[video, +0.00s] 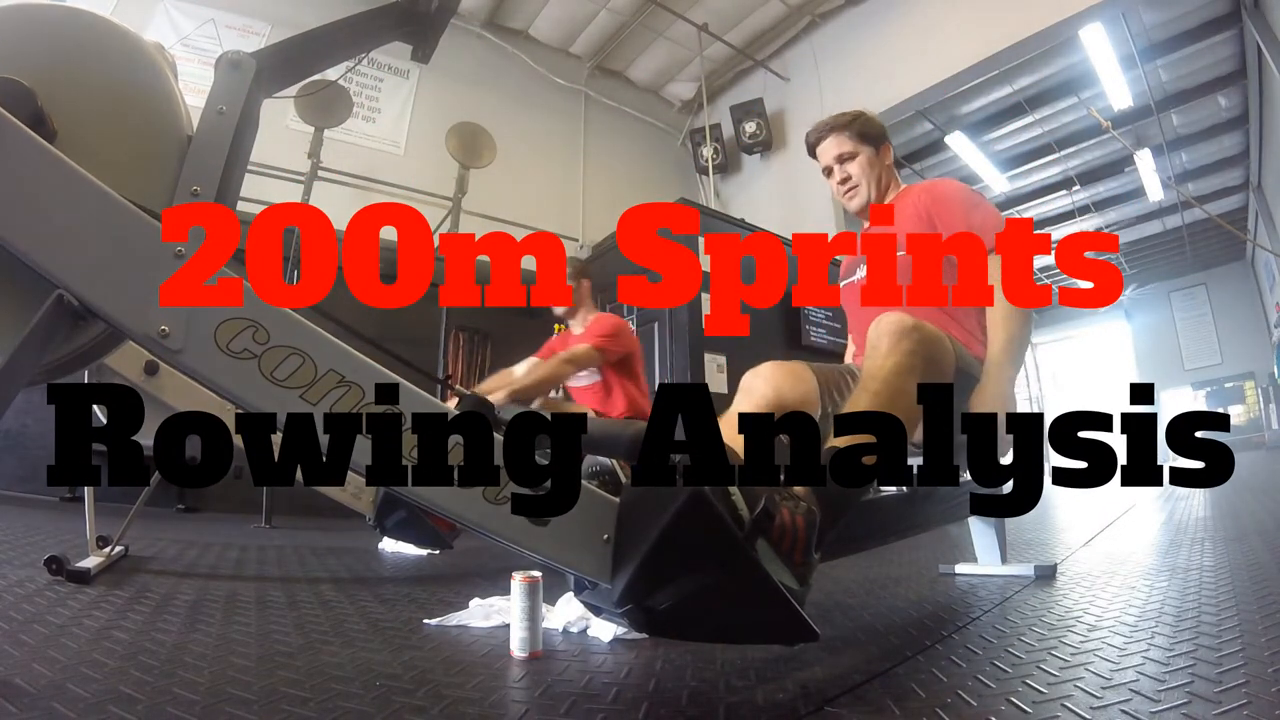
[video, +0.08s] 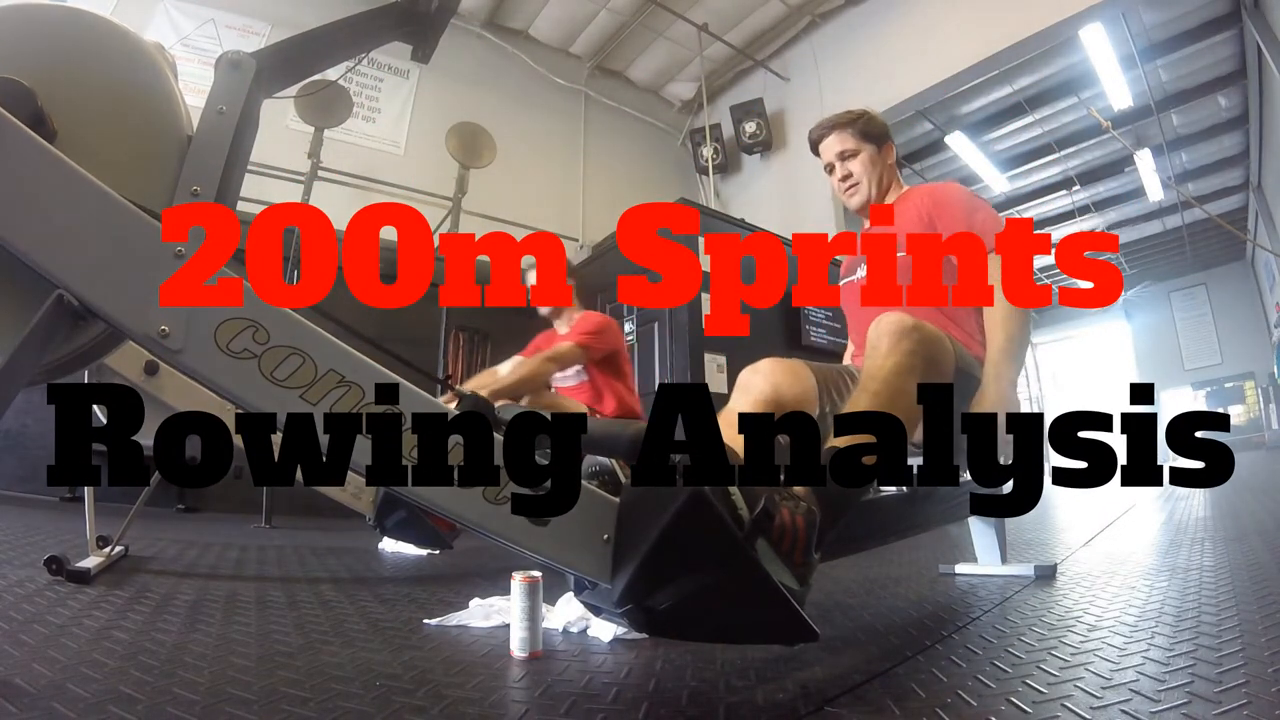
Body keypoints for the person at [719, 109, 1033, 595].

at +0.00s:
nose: (838, 176)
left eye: (847, 159)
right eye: (828, 172)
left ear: (884, 154)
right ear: (828, 182)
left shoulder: (937, 196)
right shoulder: (853, 260)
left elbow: (1013, 268)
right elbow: (855, 350)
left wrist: (995, 390)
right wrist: (842, 388)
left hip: (961, 382)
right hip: (875, 387)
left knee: (896, 330)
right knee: (766, 381)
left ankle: (809, 509)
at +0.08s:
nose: (840, 173)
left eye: (848, 157)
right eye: (830, 169)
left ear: (887, 153)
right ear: (830, 181)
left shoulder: (938, 199)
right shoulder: (853, 253)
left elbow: (1009, 277)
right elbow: (859, 339)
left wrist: (997, 391)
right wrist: (848, 365)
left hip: (958, 380)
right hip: (869, 384)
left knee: (895, 330)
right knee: (762, 379)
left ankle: (810, 512)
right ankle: (708, 517)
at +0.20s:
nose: (835, 169)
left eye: (844, 153)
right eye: (827, 163)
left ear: (887, 151)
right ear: (829, 177)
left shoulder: (946, 206)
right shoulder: (844, 254)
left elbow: (1004, 286)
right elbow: (841, 347)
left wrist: (1004, 383)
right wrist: (813, 400)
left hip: (955, 380)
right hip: (859, 385)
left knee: (891, 329)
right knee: (753, 375)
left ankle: (810, 508)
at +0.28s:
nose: (831, 168)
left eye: (841, 152)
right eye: (825, 162)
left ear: (885, 151)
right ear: (828, 174)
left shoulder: (948, 208)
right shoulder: (842, 250)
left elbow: (1003, 290)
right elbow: (828, 348)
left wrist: (1006, 379)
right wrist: (796, 410)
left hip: (951, 384)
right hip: (854, 389)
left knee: (887, 328)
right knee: (749, 374)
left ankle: (811, 509)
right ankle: (710, 516)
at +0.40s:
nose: (826, 166)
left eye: (836, 151)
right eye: (822, 159)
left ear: (880, 150)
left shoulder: (952, 215)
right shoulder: (837, 248)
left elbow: (1002, 300)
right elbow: (805, 343)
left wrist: (1012, 387)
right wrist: (759, 402)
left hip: (949, 391)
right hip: (851, 391)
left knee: (881, 326)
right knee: (745, 369)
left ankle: (808, 509)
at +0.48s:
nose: (824, 166)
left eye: (834, 152)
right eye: (821, 159)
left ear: (878, 151)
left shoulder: (947, 216)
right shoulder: (837, 250)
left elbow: (1003, 306)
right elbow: (798, 341)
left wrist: (1015, 406)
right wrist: (747, 392)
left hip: (952, 394)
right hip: (854, 396)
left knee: (876, 326)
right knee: (744, 367)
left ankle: (808, 506)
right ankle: (715, 515)